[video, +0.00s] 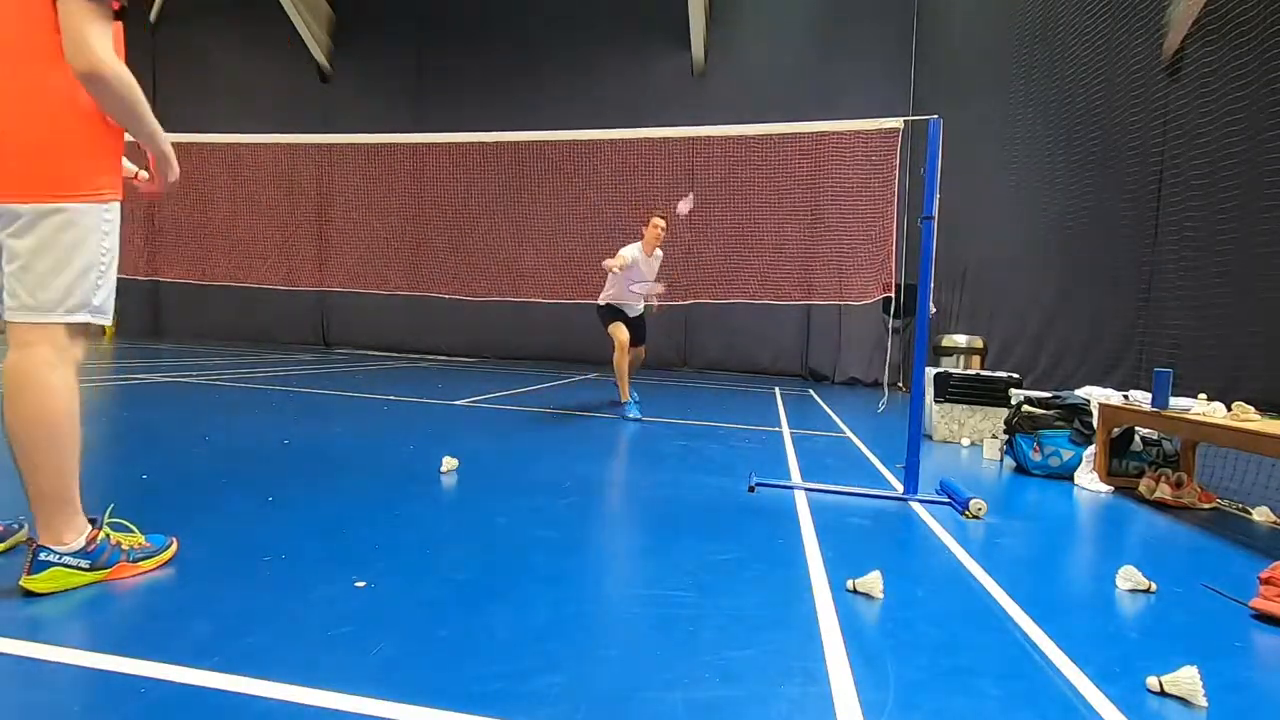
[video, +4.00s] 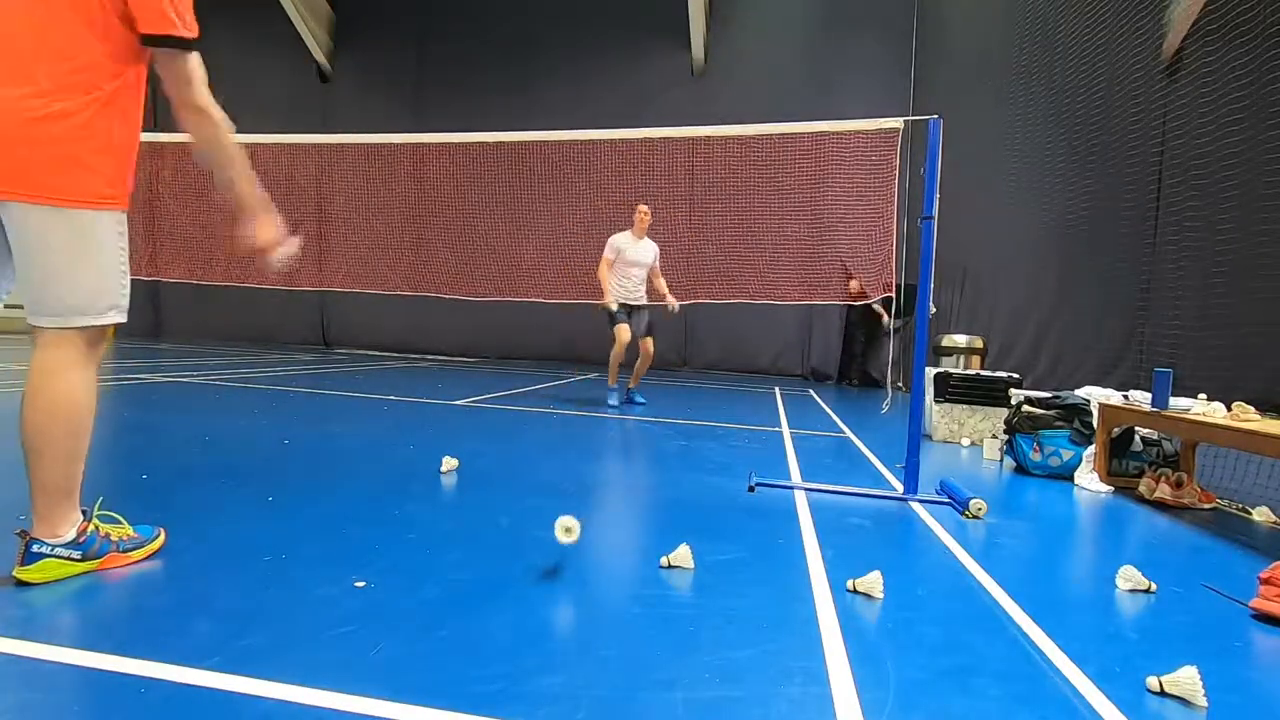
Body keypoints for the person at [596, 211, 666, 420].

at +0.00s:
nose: (659, 232)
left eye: (663, 229)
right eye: (655, 227)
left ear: (666, 235)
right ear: (645, 229)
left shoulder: (658, 256)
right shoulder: (632, 252)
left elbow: (646, 279)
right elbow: (619, 261)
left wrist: (652, 296)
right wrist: (613, 265)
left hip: (635, 309)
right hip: (611, 306)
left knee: (638, 354)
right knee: (623, 339)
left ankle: (623, 382)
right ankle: (626, 400)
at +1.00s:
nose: (593, 221)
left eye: (597, 218)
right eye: (591, 218)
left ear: (603, 223)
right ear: (585, 222)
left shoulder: (613, 247)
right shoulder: (574, 248)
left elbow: (627, 272)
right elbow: (563, 271)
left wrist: (623, 287)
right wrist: (556, 287)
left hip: (606, 303)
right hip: (579, 303)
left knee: (610, 341)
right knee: (564, 342)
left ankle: (613, 388)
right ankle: (557, 382)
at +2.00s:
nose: (676, 232)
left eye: (680, 229)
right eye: (672, 227)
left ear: (683, 235)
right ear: (663, 230)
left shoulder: (674, 261)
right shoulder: (651, 251)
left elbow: (668, 287)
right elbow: (651, 260)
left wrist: (681, 307)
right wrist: (672, 260)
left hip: (658, 316)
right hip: (636, 311)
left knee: (661, 366)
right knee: (656, 341)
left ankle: (638, 386)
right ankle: (658, 403)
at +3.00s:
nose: (621, 204)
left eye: (625, 202)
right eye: (618, 201)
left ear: (630, 208)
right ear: (612, 205)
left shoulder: (640, 233)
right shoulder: (599, 233)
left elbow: (649, 260)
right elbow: (580, 256)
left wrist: (653, 275)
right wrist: (567, 274)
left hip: (629, 295)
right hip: (602, 293)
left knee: (636, 340)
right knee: (585, 339)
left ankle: (633, 390)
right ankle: (573, 380)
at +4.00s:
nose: (642, 217)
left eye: (646, 214)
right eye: (639, 213)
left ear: (651, 220)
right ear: (633, 217)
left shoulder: (653, 248)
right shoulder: (617, 241)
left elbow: (657, 276)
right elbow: (603, 269)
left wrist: (667, 295)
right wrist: (607, 295)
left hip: (639, 302)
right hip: (617, 300)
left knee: (648, 350)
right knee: (624, 338)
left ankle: (632, 389)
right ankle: (612, 387)